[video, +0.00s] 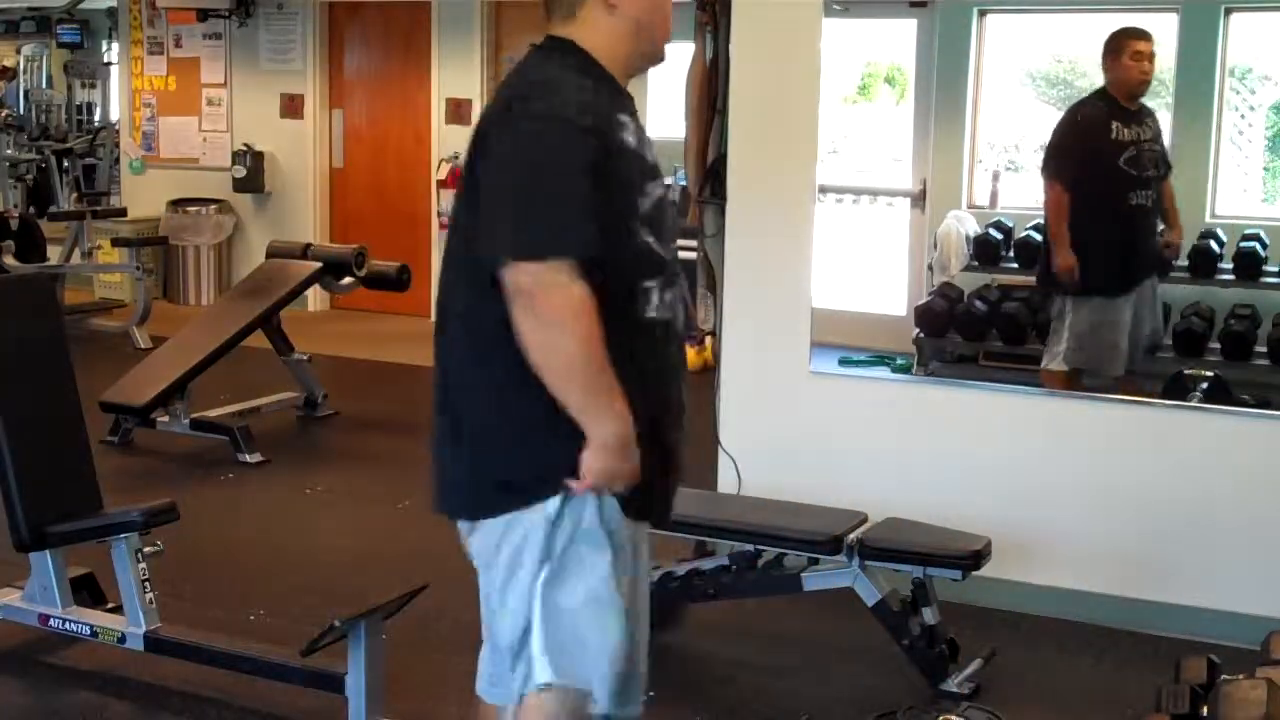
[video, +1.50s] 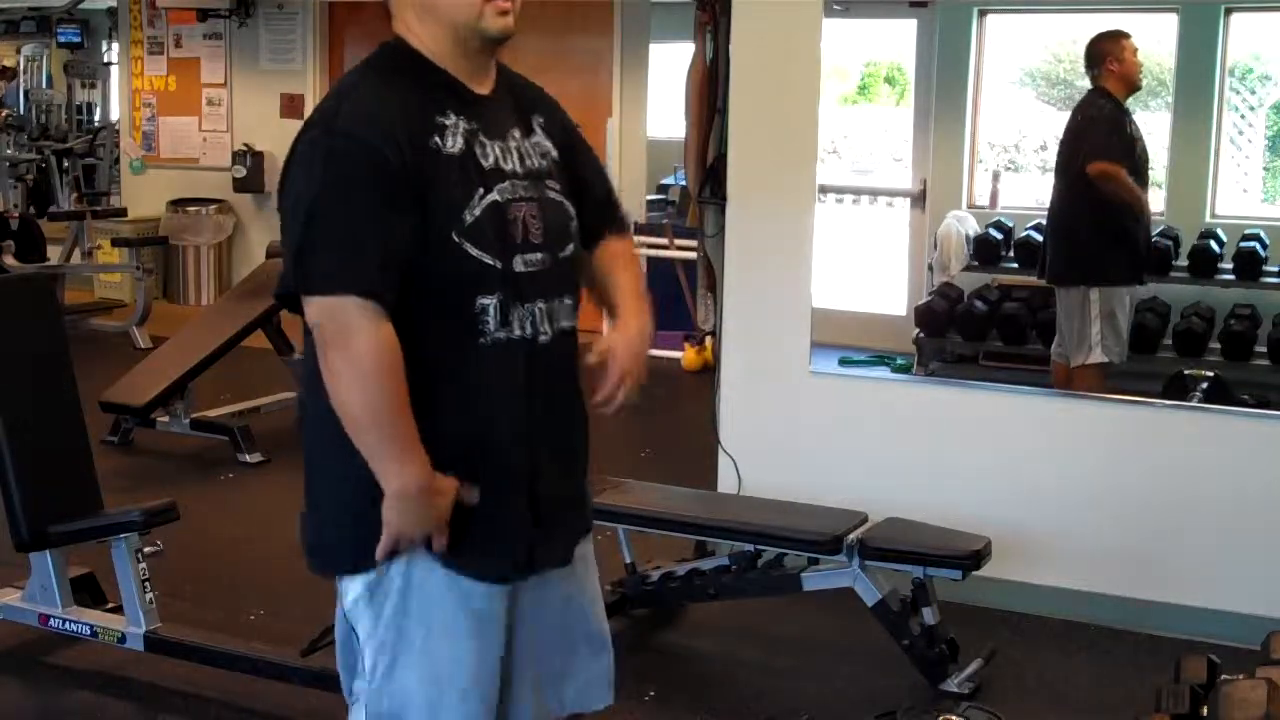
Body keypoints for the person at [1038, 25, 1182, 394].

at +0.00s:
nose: (1147, 66)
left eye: (1151, 59)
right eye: (1137, 57)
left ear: (1155, 65)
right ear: (1110, 62)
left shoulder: (1147, 118)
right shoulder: (1083, 116)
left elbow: (1161, 178)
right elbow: (1055, 183)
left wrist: (1173, 226)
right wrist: (1061, 248)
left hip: (1138, 260)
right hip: (1088, 260)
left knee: (1133, 367)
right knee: (1063, 364)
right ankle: (1052, 444)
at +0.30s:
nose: (1139, 66)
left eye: (1137, 58)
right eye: (1133, 58)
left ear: (1109, 64)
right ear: (1108, 63)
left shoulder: (1105, 113)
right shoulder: (1089, 114)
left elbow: (1098, 186)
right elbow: (1081, 188)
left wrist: (1122, 248)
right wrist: (1104, 248)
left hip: (1106, 266)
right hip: (1085, 267)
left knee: (1095, 371)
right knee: (1064, 371)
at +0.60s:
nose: (1132, 63)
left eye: (1129, 54)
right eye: (1125, 54)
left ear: (1101, 62)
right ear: (1102, 61)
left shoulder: (1101, 109)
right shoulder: (1087, 109)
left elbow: (1100, 179)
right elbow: (1086, 181)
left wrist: (1145, 201)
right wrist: (1149, 201)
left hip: (1103, 266)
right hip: (1087, 267)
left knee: (1086, 369)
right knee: (1066, 368)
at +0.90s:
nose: (1134, 64)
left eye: (1131, 55)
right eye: (1127, 56)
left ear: (1102, 65)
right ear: (1104, 64)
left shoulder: (1106, 113)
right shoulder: (1087, 111)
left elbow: (1120, 191)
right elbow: (1114, 168)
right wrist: (1135, 130)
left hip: (1105, 258)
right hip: (1083, 261)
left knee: (1097, 360)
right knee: (1076, 359)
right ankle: (1060, 440)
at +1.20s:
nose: (1138, 64)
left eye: (1136, 56)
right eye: (1132, 57)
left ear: (1108, 65)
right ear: (1110, 63)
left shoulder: (1111, 113)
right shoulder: (1087, 108)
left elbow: (1121, 190)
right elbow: (1107, 148)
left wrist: (1148, 231)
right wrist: (1136, 127)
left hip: (1109, 254)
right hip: (1084, 254)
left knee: (1098, 359)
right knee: (1076, 360)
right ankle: (1068, 441)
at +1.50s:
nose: (1141, 63)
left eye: (1138, 55)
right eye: (1134, 55)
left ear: (1110, 65)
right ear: (1113, 64)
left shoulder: (1092, 107)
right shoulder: (1105, 108)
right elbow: (1100, 167)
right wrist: (1141, 202)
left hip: (1075, 253)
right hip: (1096, 256)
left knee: (1068, 352)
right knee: (1092, 359)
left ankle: (1066, 435)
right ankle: (1085, 442)